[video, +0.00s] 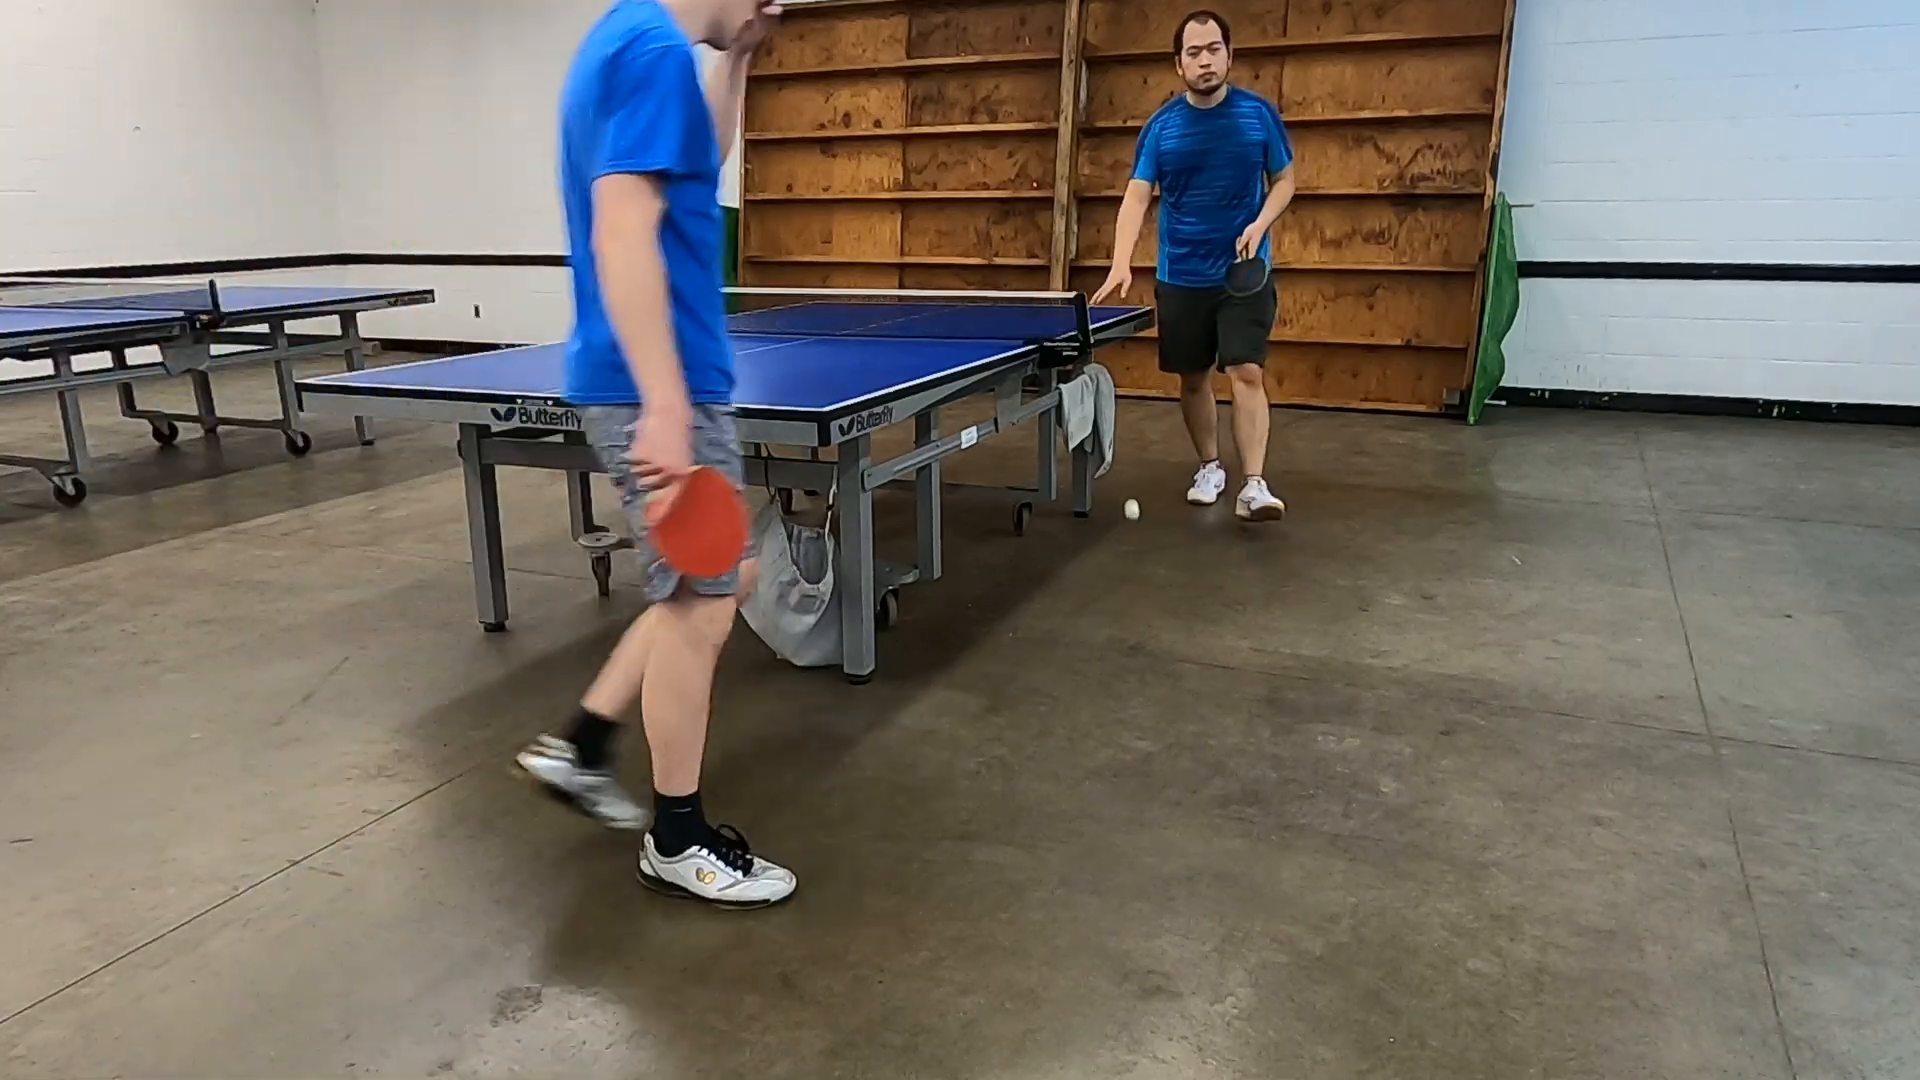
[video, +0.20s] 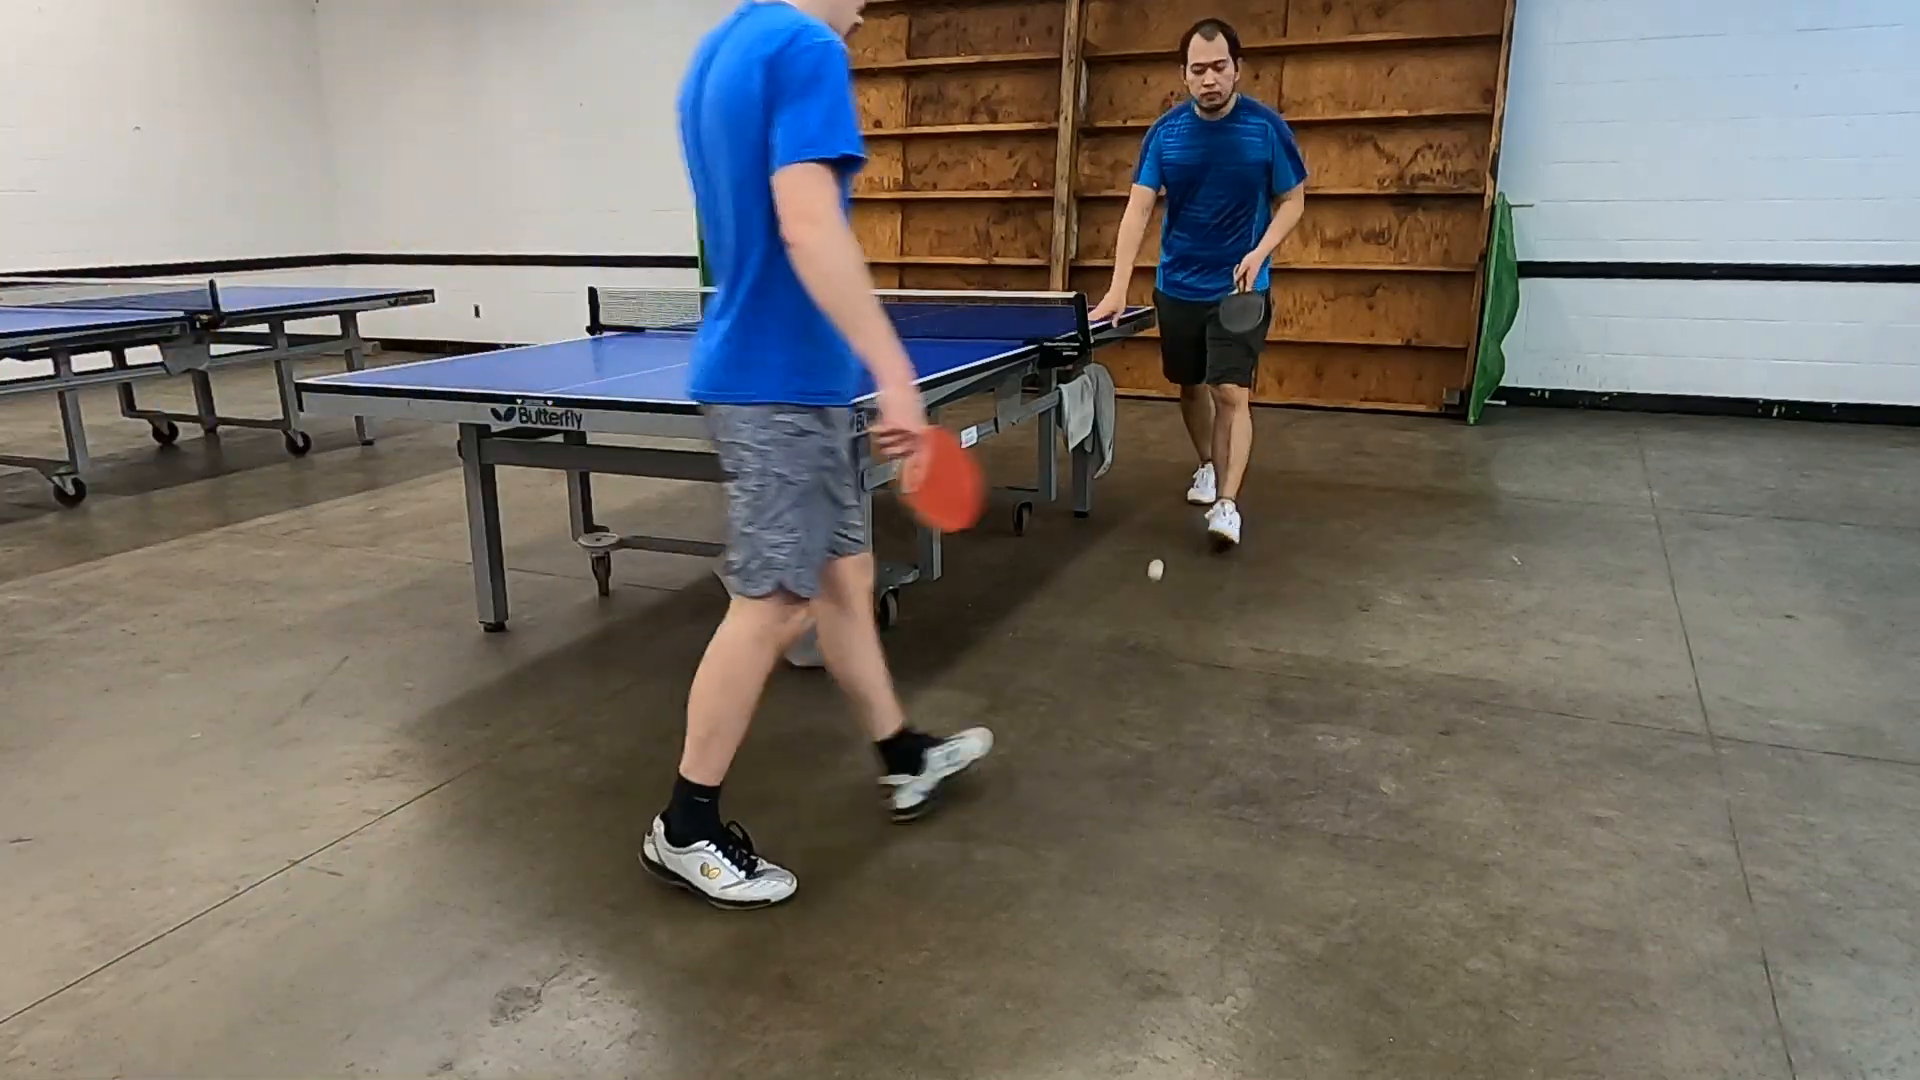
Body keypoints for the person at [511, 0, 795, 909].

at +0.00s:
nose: (765, 19)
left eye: (773, 11)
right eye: (767, 5)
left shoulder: (630, 42)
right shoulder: (654, 50)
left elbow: (698, 174)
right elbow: (621, 229)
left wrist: (730, 59)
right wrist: (665, 400)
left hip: (652, 384)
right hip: (655, 390)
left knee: (719, 570)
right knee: (703, 593)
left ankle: (581, 743)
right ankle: (677, 833)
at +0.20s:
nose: (865, 11)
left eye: (864, 5)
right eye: (865, 4)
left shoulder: (717, 53)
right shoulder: (805, 47)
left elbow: (735, 232)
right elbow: (811, 225)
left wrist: (814, 370)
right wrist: (895, 372)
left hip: (778, 381)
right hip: (784, 385)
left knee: (842, 575)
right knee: (774, 603)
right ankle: (688, 826)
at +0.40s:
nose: (952, 13)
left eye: (950, 7)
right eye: (951, 5)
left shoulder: (815, 67)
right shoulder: (915, 56)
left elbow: (836, 241)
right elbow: (944, 231)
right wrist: (1053, 354)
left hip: (854, 377)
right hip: (912, 380)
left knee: (939, 573)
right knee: (981, 587)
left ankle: (949, 761)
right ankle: (811, 750)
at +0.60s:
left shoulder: (883, 52)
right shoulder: (1014, 42)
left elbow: (821, 200)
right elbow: (1028, 212)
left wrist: (912, 252)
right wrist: (1123, 332)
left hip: (909, 356)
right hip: (999, 354)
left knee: (957, 547)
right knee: (1064, 543)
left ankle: (950, 762)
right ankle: (1057, 774)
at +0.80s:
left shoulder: (934, 57)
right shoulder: (1116, 62)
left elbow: (849, 185)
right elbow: (1148, 233)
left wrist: (898, 298)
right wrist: (1192, 358)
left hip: (971, 367)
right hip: (1074, 369)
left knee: (990, 557)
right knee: (1105, 568)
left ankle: (958, 766)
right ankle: (1117, 786)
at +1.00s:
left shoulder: (974, 37)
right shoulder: (1158, 58)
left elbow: (901, 156)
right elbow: (1201, 224)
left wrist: (920, 281)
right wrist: (1231, 345)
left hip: (1001, 351)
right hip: (1113, 354)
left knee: (981, 562)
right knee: (1118, 565)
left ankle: (969, 773)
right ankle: (1122, 784)